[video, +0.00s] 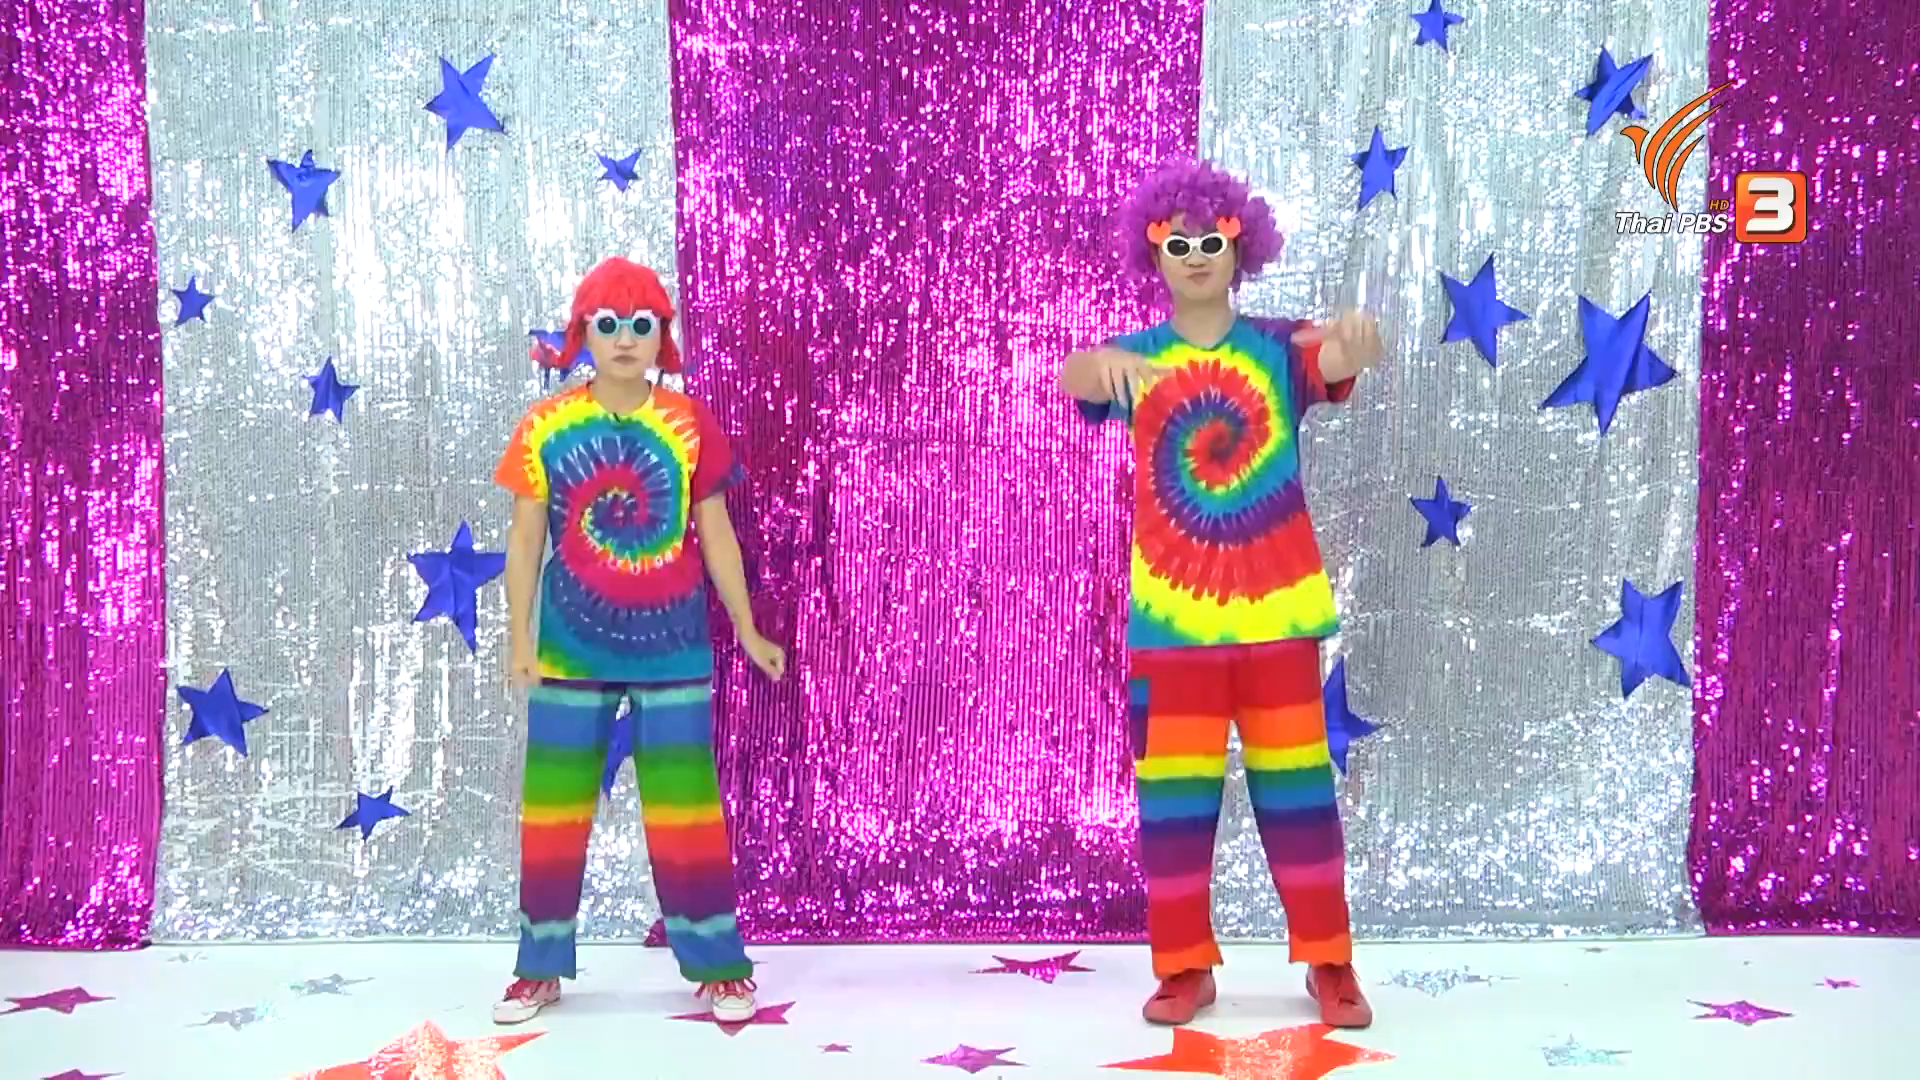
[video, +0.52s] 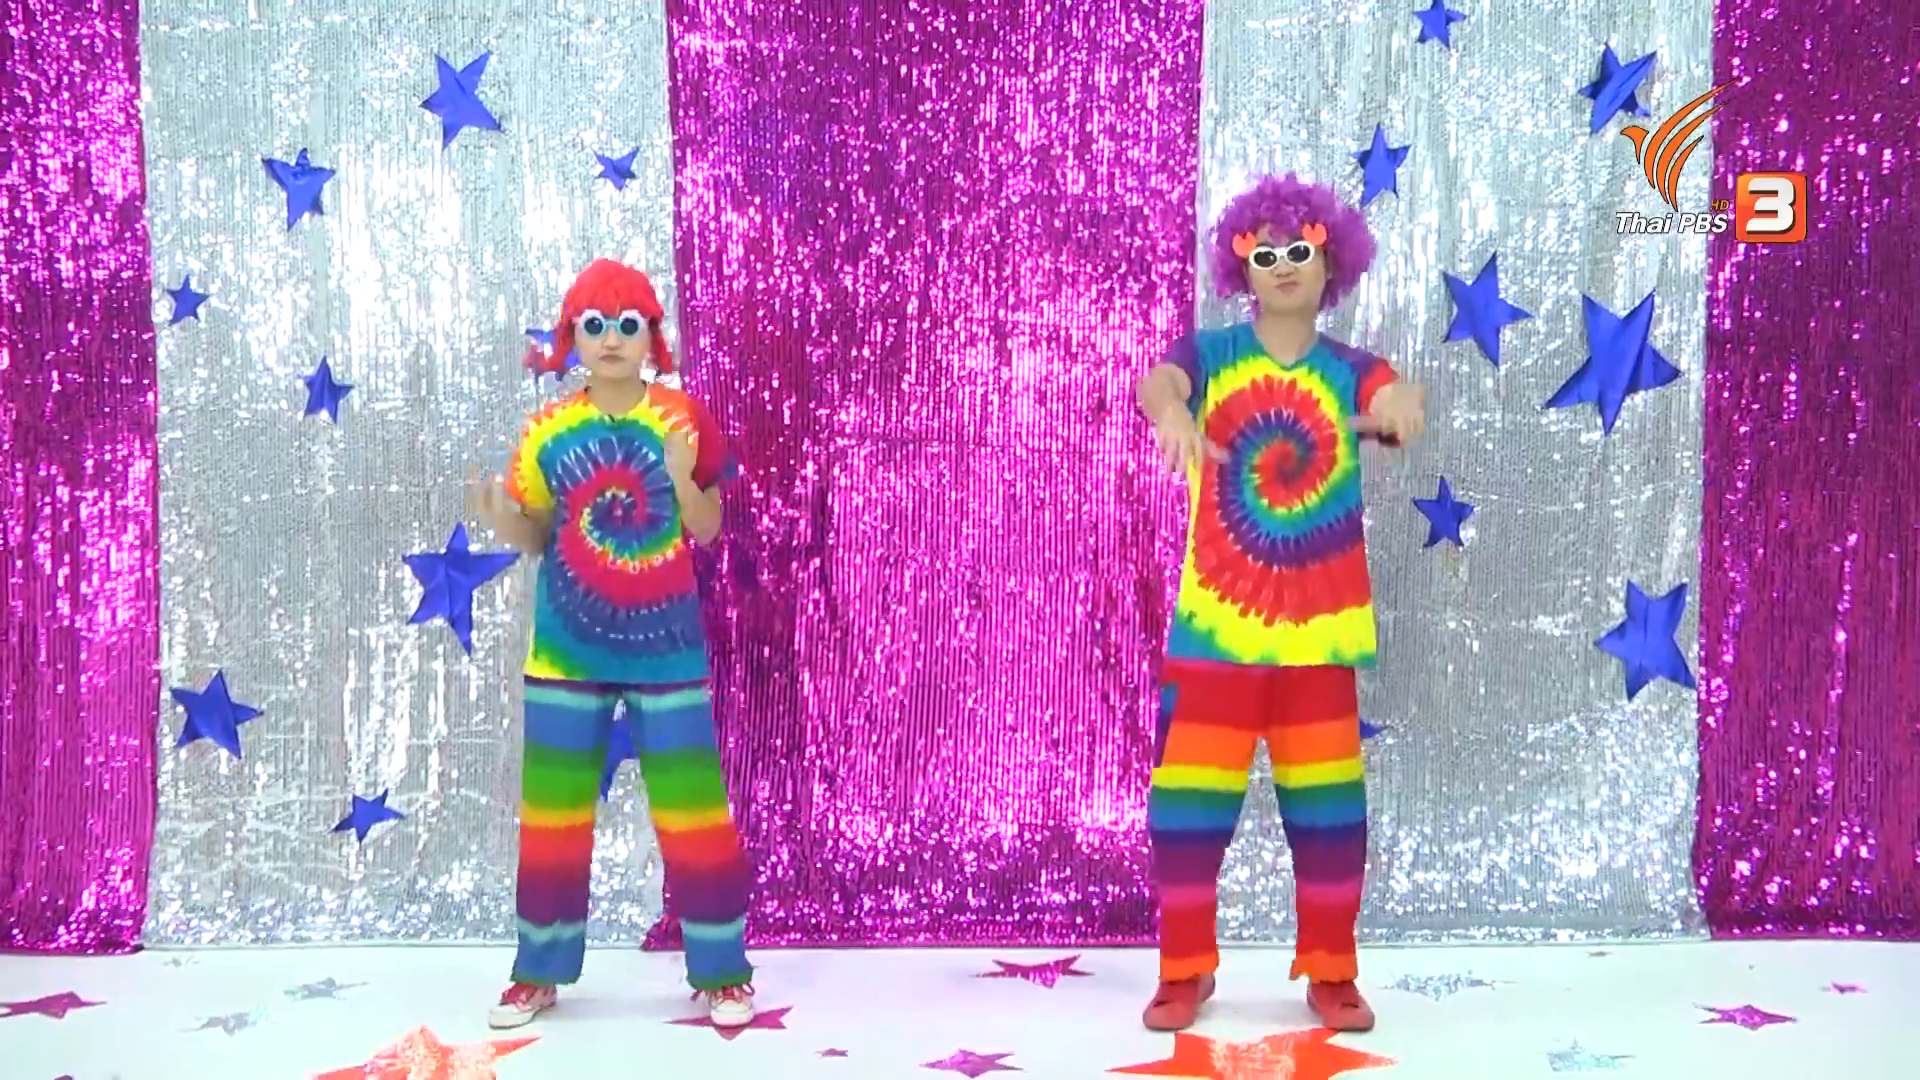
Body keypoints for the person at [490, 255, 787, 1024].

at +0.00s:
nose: (624, 338)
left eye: (640, 324)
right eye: (608, 324)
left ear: (662, 338)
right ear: (585, 336)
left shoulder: (690, 423)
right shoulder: (548, 426)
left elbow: (717, 534)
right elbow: (526, 538)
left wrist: (747, 629)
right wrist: (520, 640)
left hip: (673, 650)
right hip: (572, 650)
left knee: (689, 810)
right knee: (551, 813)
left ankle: (720, 968)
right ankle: (539, 968)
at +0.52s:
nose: (612, 339)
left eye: (629, 324)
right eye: (595, 325)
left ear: (652, 338)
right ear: (573, 339)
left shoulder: (682, 417)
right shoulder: (550, 428)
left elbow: (707, 529)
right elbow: (535, 535)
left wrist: (682, 475)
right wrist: (502, 511)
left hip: (669, 650)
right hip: (567, 650)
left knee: (695, 812)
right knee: (550, 812)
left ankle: (721, 974)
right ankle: (539, 972)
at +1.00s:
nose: (613, 337)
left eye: (631, 321)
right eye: (594, 322)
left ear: (654, 339)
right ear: (567, 336)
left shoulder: (674, 425)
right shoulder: (529, 425)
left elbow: (699, 543)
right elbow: (509, 543)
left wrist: (743, 461)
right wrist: (551, 463)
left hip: (675, 663)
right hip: (568, 666)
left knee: (687, 836)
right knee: (541, 837)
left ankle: (708, 1012)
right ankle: (512, 1013)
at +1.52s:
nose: (543, 351)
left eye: (561, 331)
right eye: (523, 336)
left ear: (595, 340)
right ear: (504, 353)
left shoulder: (644, 430)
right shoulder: (484, 452)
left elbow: (719, 526)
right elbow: (452, 578)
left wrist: (622, 460)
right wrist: (405, 489)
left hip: (612, 708)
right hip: (492, 708)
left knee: (642, 916)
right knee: (477, 917)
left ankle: (677, 1071)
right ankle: (477, 1072)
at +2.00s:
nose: (542, 380)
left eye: (565, 363)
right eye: (523, 359)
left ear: (588, 382)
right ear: (491, 370)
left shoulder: (614, 472)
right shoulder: (434, 478)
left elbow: (730, 555)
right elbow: (359, 602)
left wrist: (729, 541)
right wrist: (466, 561)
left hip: (615, 765)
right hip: (486, 768)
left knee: (638, 996)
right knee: (455, 997)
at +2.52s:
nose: (496, 431)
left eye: (513, 405)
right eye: (470, 421)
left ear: (553, 407)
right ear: (453, 445)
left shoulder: (611, 517)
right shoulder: (429, 541)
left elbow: (659, 626)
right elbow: (335, 650)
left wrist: (532, 596)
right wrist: (285, 615)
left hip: (567, 838)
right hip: (430, 836)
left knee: (596, 1051)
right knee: (410, 1049)